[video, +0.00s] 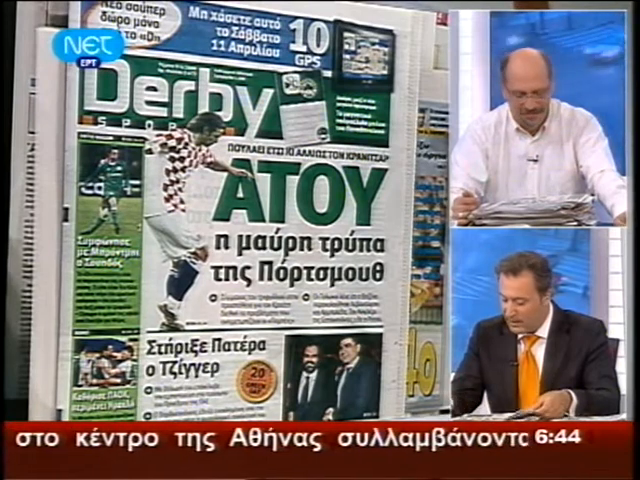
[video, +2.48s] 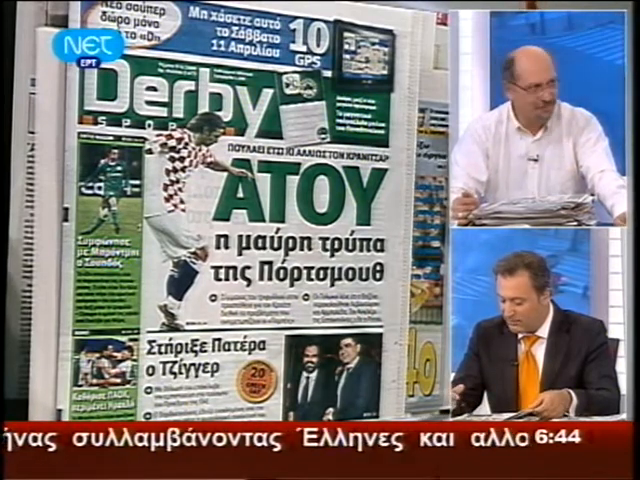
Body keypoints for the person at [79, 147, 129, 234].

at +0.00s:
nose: (115, 156)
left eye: (116, 154)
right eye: (113, 154)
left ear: (118, 155)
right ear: (109, 154)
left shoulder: (122, 165)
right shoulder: (104, 165)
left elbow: (126, 176)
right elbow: (95, 174)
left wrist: (127, 186)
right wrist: (85, 182)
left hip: (118, 190)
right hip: (108, 189)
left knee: (105, 213)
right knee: (113, 205)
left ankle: (91, 230)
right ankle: (116, 226)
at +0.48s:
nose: (115, 156)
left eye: (116, 154)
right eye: (113, 154)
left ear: (118, 155)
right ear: (109, 155)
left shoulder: (122, 165)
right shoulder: (104, 165)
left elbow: (126, 176)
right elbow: (95, 174)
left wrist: (128, 187)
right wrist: (85, 182)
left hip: (118, 190)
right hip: (108, 189)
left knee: (105, 213)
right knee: (113, 205)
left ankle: (91, 230)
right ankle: (116, 226)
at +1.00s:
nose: (115, 156)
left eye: (116, 154)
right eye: (113, 154)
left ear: (118, 155)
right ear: (109, 154)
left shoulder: (122, 165)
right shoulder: (104, 165)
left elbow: (126, 177)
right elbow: (95, 174)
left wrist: (127, 186)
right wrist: (85, 182)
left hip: (118, 190)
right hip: (108, 189)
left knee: (105, 213)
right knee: (113, 205)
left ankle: (91, 230)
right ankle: (116, 226)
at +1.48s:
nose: (115, 156)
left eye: (116, 154)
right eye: (113, 154)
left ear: (118, 155)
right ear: (109, 154)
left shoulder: (122, 165)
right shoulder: (104, 165)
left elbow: (126, 176)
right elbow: (95, 174)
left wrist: (127, 187)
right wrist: (85, 182)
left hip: (118, 190)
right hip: (108, 189)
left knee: (105, 213)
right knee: (113, 205)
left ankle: (91, 230)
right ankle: (116, 226)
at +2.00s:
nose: (115, 156)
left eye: (116, 154)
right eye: (113, 154)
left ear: (118, 155)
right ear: (109, 154)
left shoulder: (122, 165)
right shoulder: (104, 165)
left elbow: (126, 177)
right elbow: (95, 175)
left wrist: (127, 187)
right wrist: (85, 182)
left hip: (118, 190)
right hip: (108, 189)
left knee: (105, 213)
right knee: (113, 205)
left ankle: (91, 230)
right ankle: (116, 225)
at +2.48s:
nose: (115, 156)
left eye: (116, 154)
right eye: (113, 154)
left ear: (118, 155)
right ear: (109, 154)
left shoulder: (122, 165)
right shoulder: (104, 165)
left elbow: (126, 177)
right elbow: (95, 175)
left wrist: (127, 187)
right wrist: (85, 182)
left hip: (118, 190)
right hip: (108, 189)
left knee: (105, 213)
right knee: (113, 205)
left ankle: (91, 230)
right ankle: (116, 225)